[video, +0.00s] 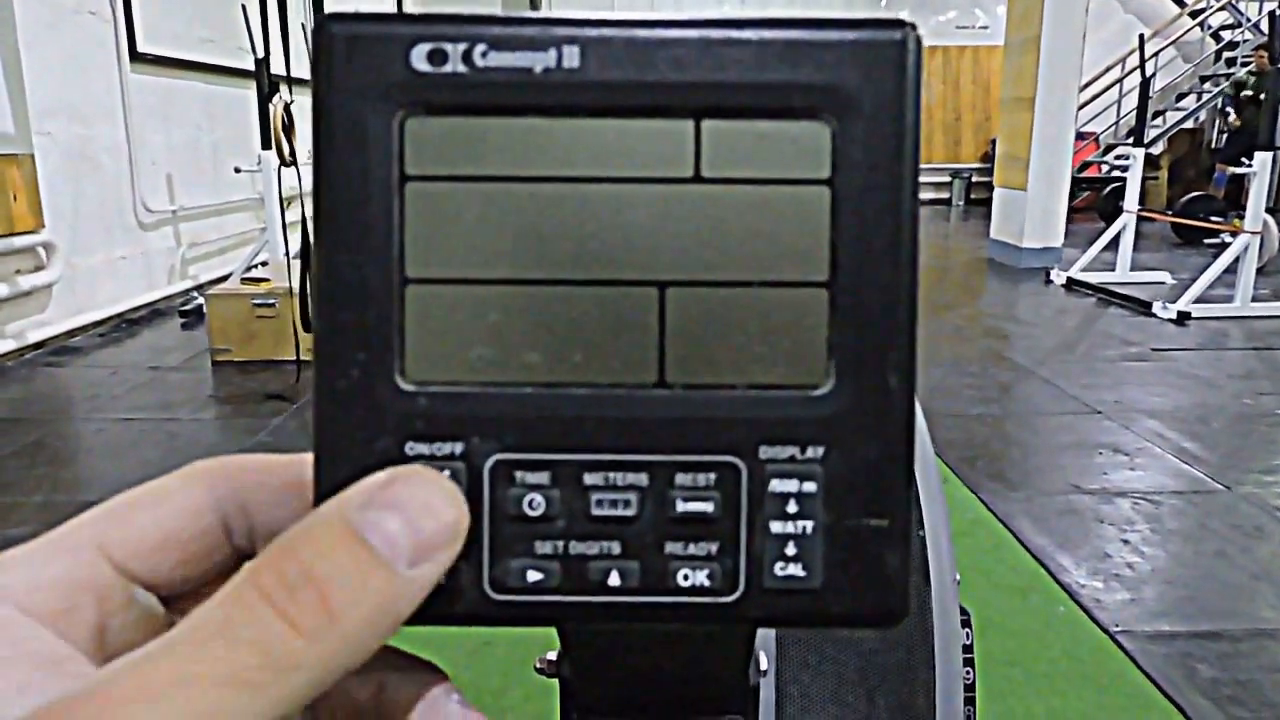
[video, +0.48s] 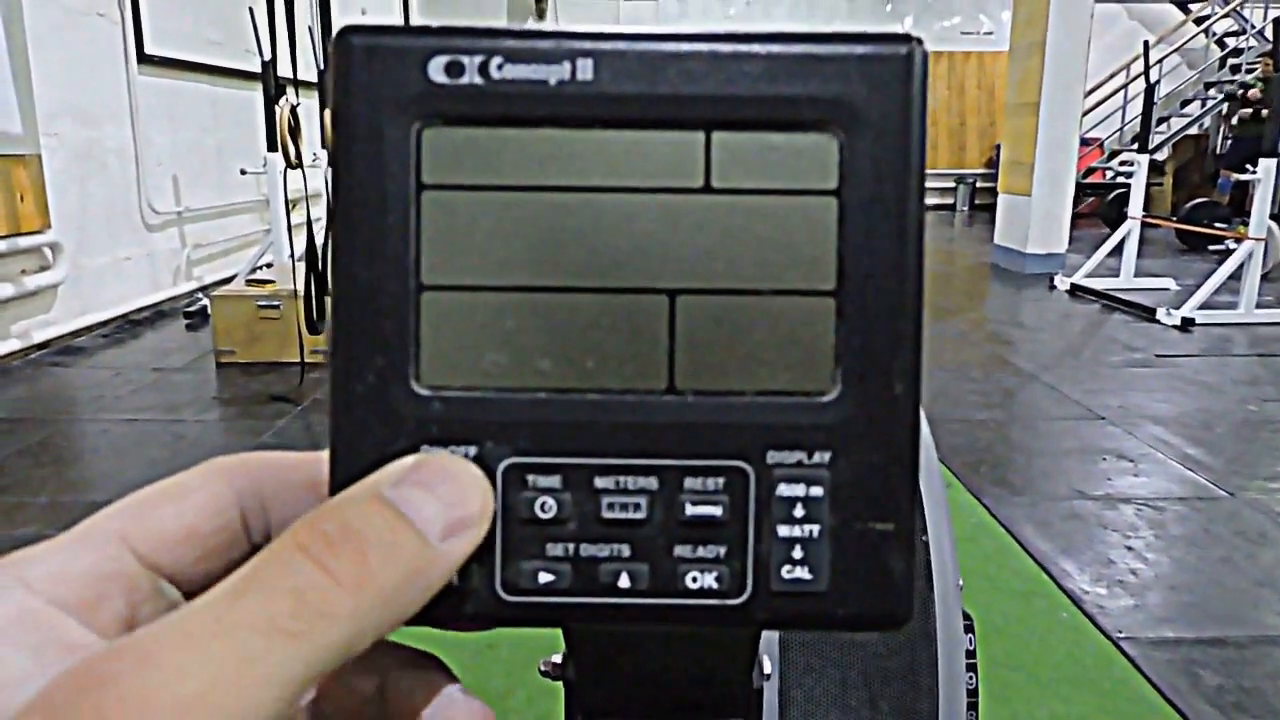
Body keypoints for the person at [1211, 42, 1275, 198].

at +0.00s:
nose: (1260, 60)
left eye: (1263, 57)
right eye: (1257, 57)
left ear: (1270, 59)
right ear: (1253, 58)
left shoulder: (1273, 80)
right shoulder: (1243, 78)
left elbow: (1273, 103)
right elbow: (1227, 97)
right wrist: (1230, 115)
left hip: (1263, 131)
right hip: (1241, 129)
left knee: (1258, 169)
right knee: (1223, 164)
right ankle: (1214, 204)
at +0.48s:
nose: (1263, 68)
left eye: (1268, 65)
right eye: (1262, 64)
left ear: (1275, 68)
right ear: (1259, 64)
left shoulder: (1274, 84)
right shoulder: (1252, 81)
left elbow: (1274, 112)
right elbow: (1229, 94)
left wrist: (1255, 113)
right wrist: (1245, 94)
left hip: (1263, 135)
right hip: (1243, 134)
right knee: (1227, 171)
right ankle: (1216, 211)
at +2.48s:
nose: (1269, 81)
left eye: (1272, 76)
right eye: (1265, 77)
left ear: (1278, 77)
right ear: (1260, 78)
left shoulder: (1277, 99)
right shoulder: (1253, 97)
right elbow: (1228, 116)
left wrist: (1273, 108)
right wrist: (1253, 114)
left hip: (1271, 154)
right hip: (1249, 152)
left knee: (1269, 193)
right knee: (1232, 186)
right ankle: (1221, 228)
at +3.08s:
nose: (1267, 81)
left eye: (1270, 77)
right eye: (1263, 78)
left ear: (1276, 78)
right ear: (1258, 80)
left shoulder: (1276, 99)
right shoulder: (1248, 100)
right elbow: (1230, 127)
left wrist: (1274, 107)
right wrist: (1252, 120)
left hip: (1271, 155)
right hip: (1248, 155)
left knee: (1271, 195)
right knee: (1231, 191)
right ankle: (1219, 232)